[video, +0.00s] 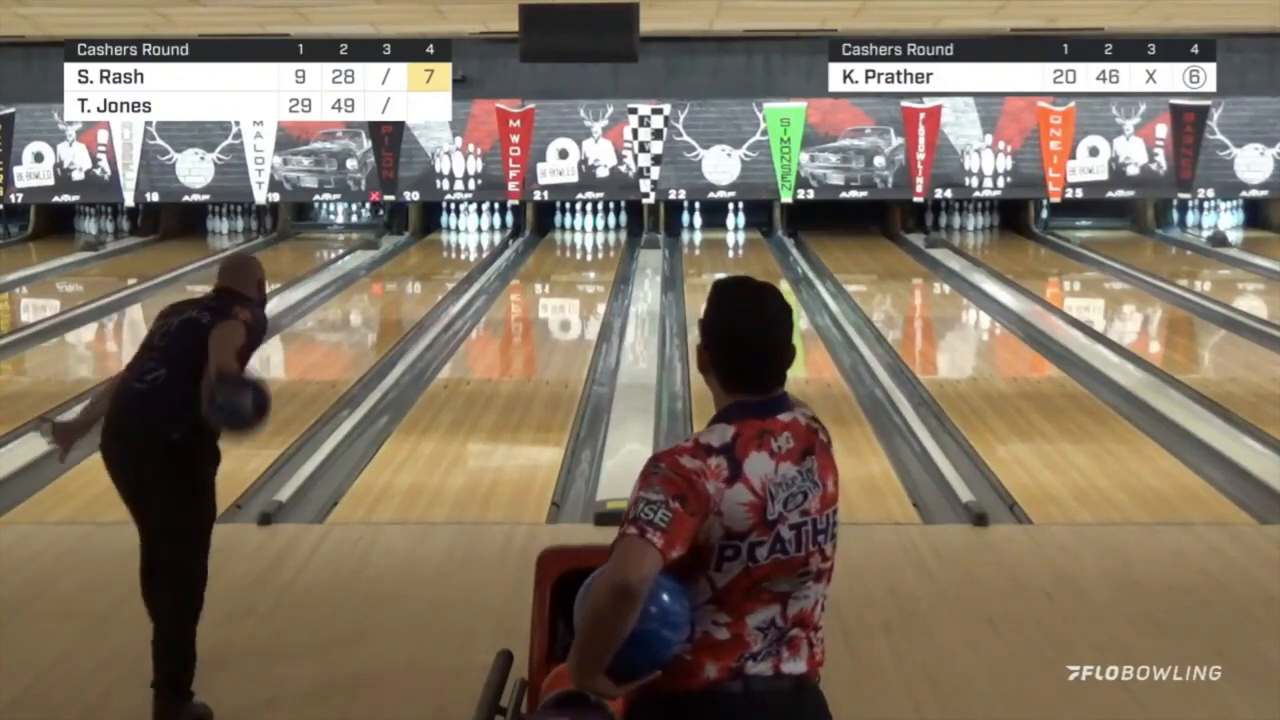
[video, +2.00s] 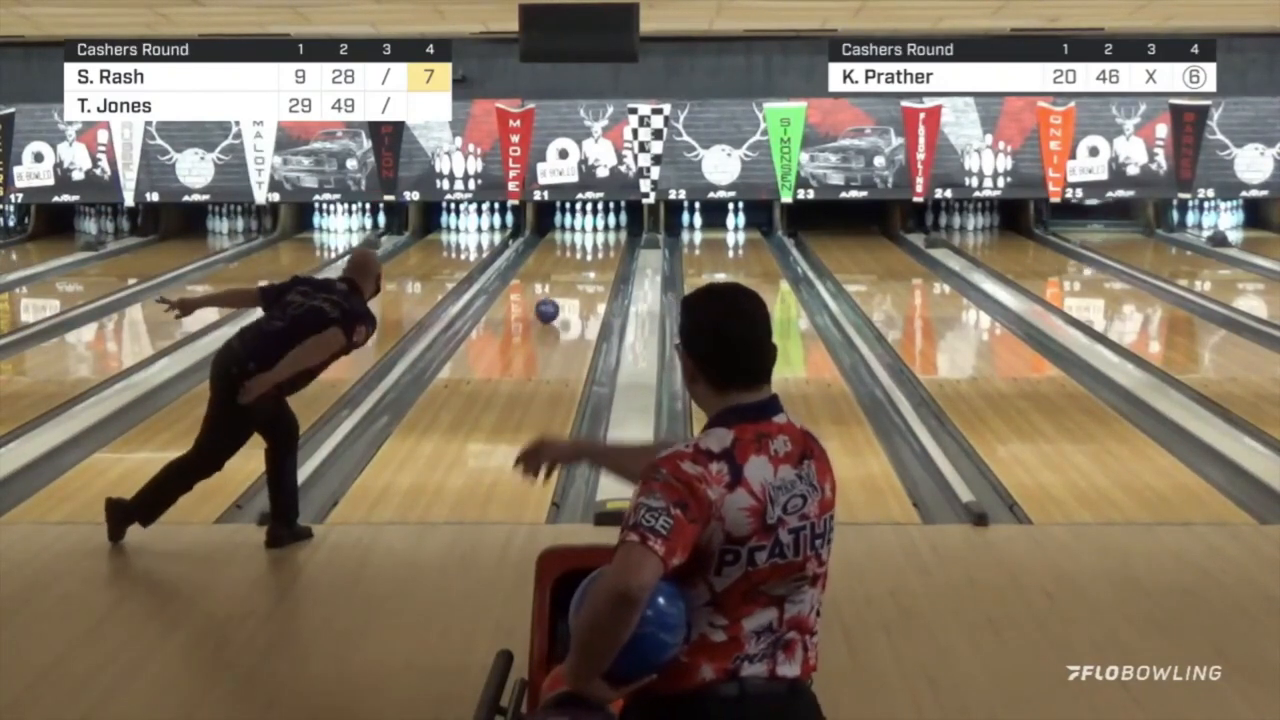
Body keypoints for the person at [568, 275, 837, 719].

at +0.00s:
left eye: (699, 338)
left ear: (702, 357)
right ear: (791, 356)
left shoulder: (686, 467)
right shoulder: (813, 436)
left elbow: (627, 580)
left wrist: (584, 671)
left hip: (696, 695)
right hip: (796, 690)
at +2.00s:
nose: (680, 363)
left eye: (680, 353)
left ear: (688, 365)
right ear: (770, 354)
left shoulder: (687, 470)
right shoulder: (811, 453)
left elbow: (629, 586)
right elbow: (688, 469)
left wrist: (580, 676)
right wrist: (580, 450)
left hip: (691, 699)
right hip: (790, 695)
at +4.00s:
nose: (702, 354)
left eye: (703, 343)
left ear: (710, 359)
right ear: (794, 358)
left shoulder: (709, 469)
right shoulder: (823, 452)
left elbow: (661, 587)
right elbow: (675, 519)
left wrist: (601, 681)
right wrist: (579, 560)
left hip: (708, 698)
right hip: (803, 693)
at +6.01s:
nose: (844, 366)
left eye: (845, 356)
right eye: (846, 354)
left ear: (855, 365)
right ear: (935, 363)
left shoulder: (800, 448)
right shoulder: (985, 486)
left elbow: (758, 508)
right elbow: (1045, 625)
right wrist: (971, 664)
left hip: (805, 700)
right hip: (933, 706)